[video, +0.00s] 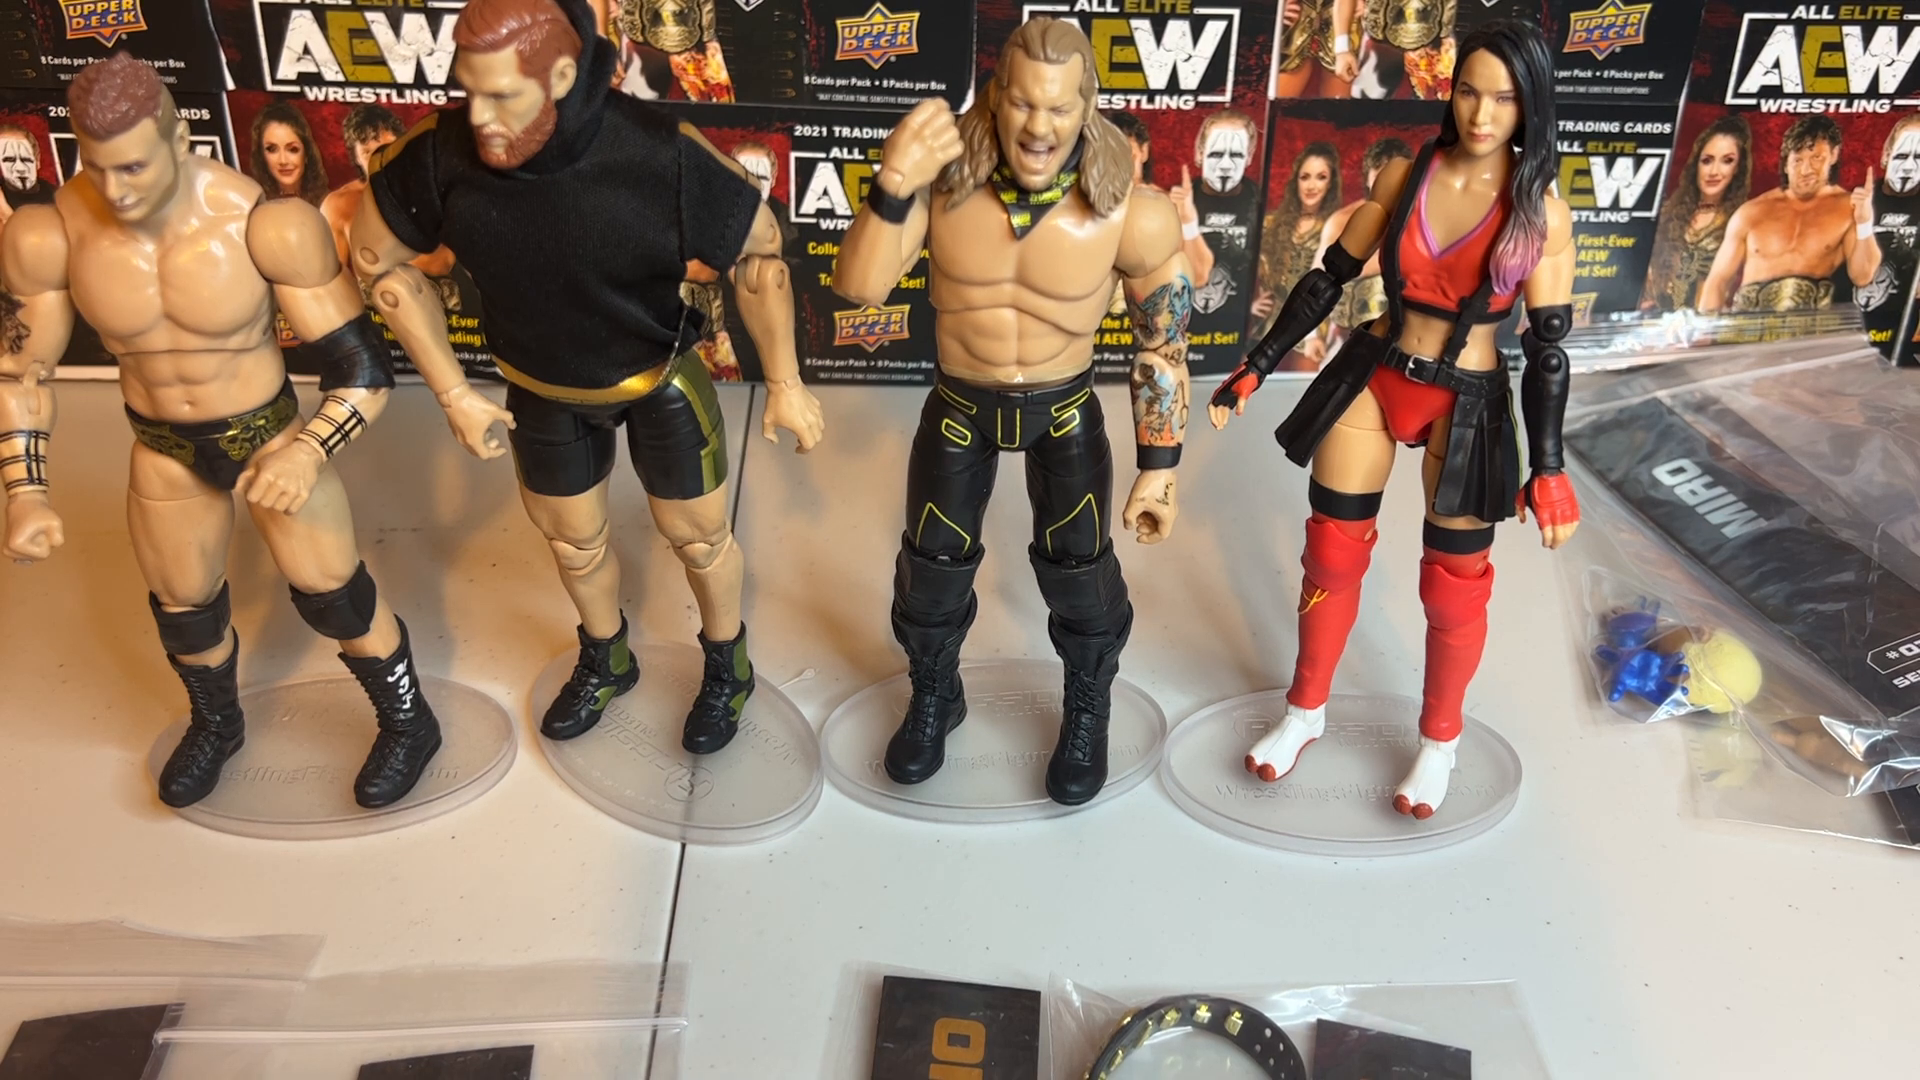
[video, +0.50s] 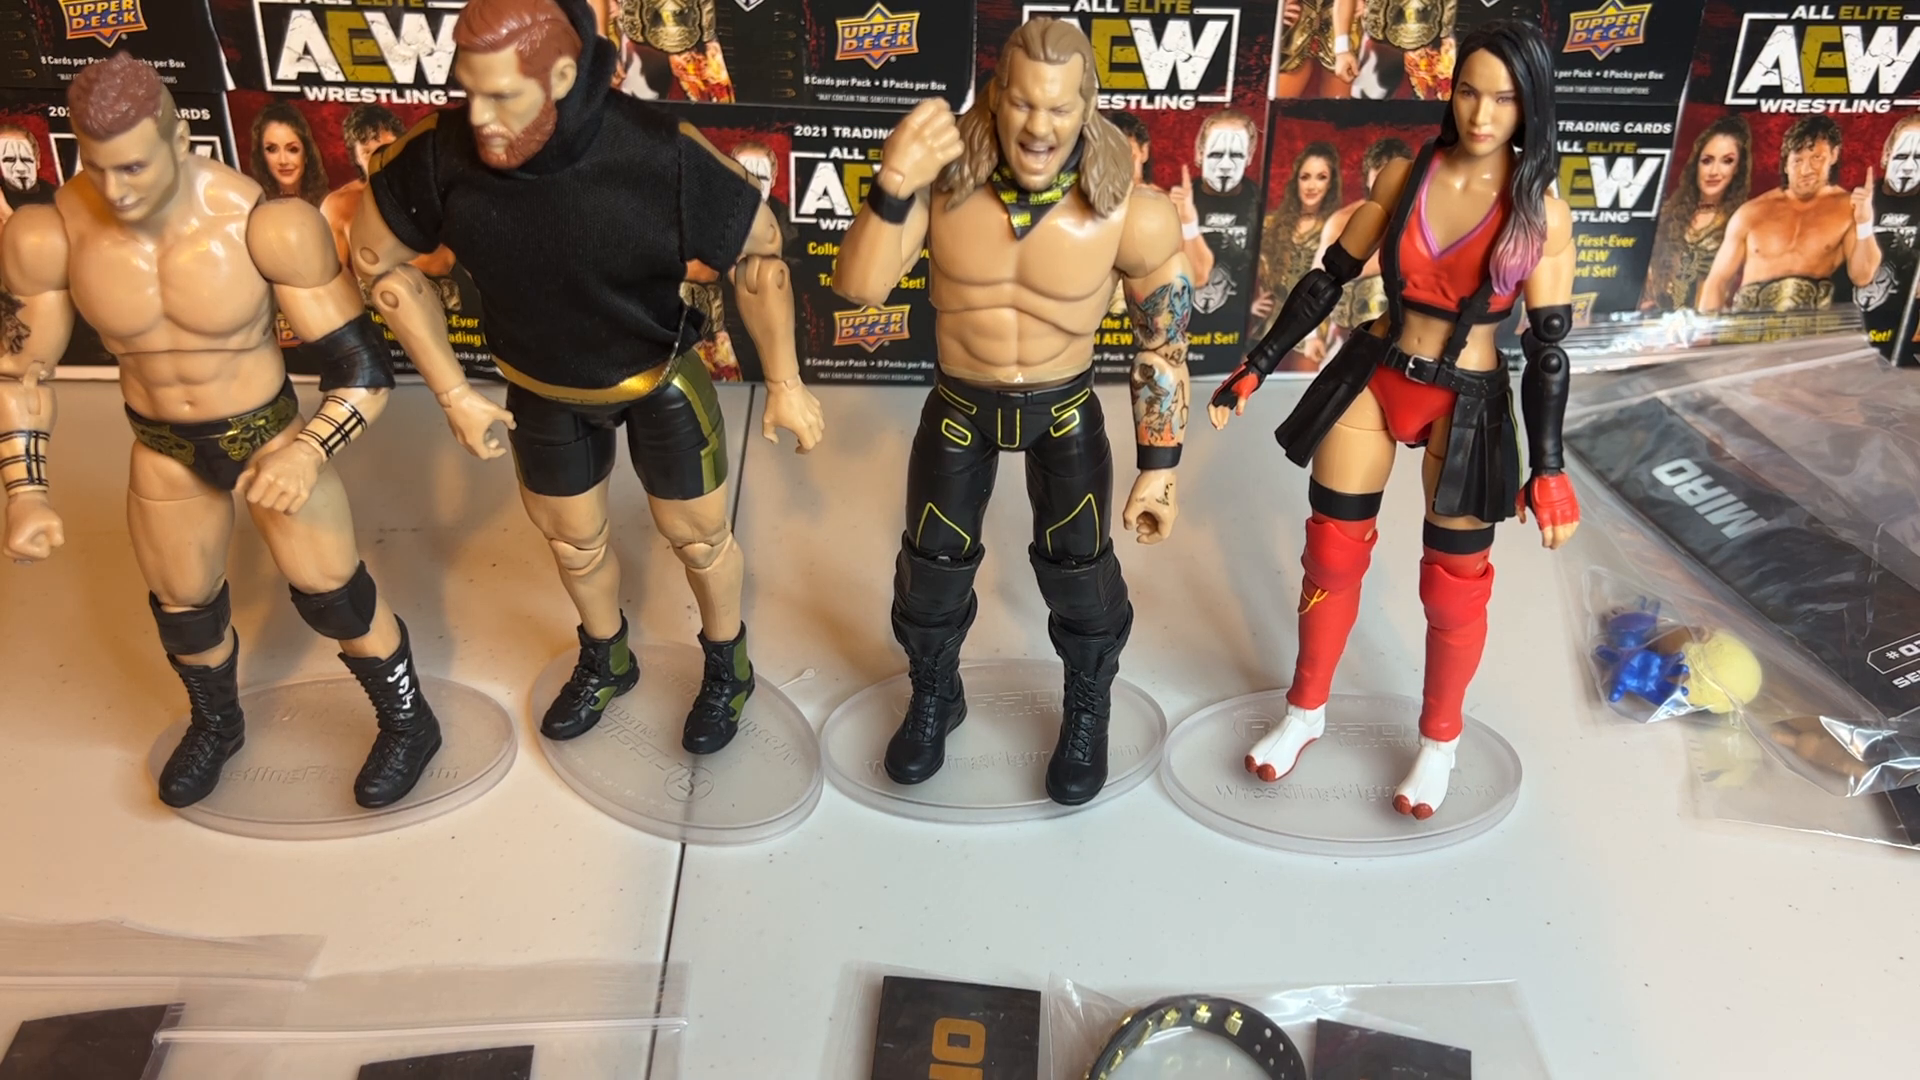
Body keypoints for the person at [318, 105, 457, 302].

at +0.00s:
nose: (380, 160)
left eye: (387, 149)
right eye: (369, 153)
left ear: (403, 147)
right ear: (356, 157)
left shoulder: (432, 190)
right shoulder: (338, 205)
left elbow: (442, 263)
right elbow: (337, 275)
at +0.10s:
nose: (380, 160)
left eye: (387, 150)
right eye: (369, 153)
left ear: (403, 147)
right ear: (356, 156)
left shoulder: (431, 190)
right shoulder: (338, 205)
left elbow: (443, 263)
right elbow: (336, 275)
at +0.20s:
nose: (380, 160)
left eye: (387, 150)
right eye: (369, 153)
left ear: (402, 147)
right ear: (356, 157)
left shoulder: (432, 191)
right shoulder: (339, 205)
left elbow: (443, 263)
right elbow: (337, 276)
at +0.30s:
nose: (379, 160)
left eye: (387, 150)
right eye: (369, 153)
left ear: (402, 147)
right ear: (356, 157)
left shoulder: (431, 191)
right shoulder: (338, 205)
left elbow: (443, 263)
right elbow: (337, 275)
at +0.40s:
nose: (380, 160)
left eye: (387, 149)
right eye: (369, 153)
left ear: (403, 147)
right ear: (356, 156)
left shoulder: (431, 190)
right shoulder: (338, 205)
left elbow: (443, 263)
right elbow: (337, 275)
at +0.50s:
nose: (380, 160)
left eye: (387, 150)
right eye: (369, 153)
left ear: (402, 147)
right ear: (356, 157)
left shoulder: (431, 190)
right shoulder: (339, 205)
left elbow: (443, 262)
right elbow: (337, 276)